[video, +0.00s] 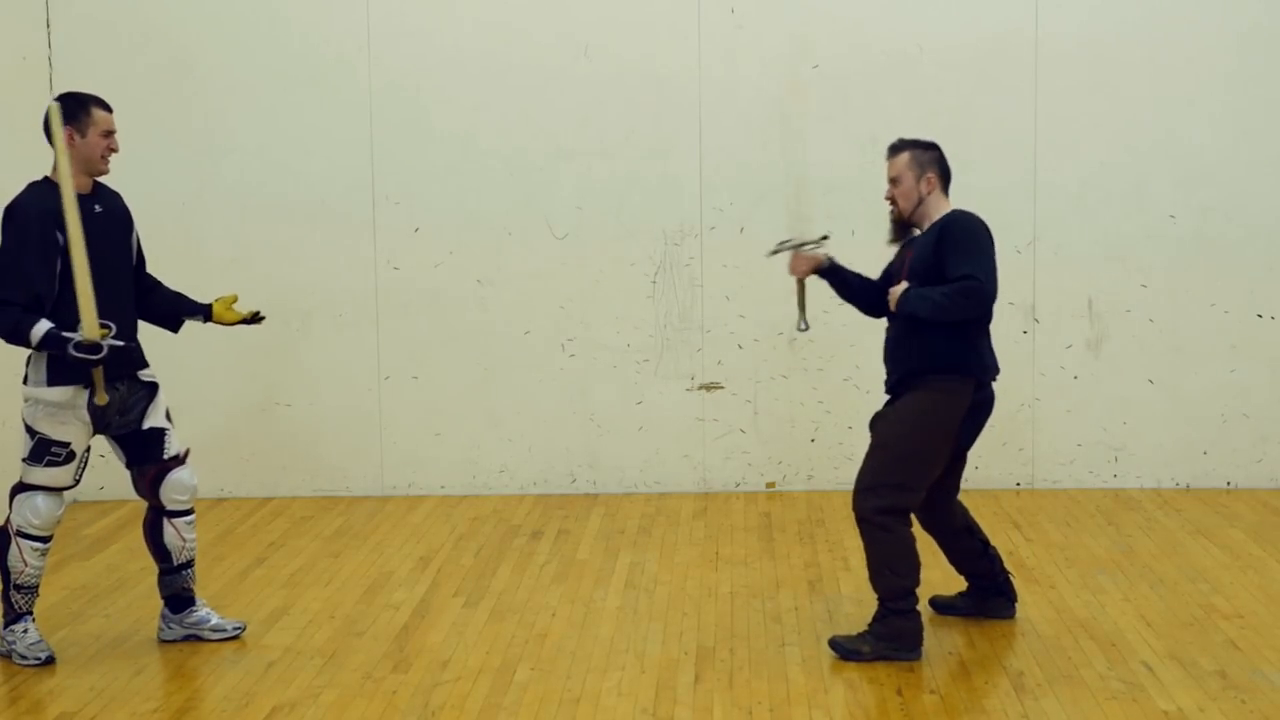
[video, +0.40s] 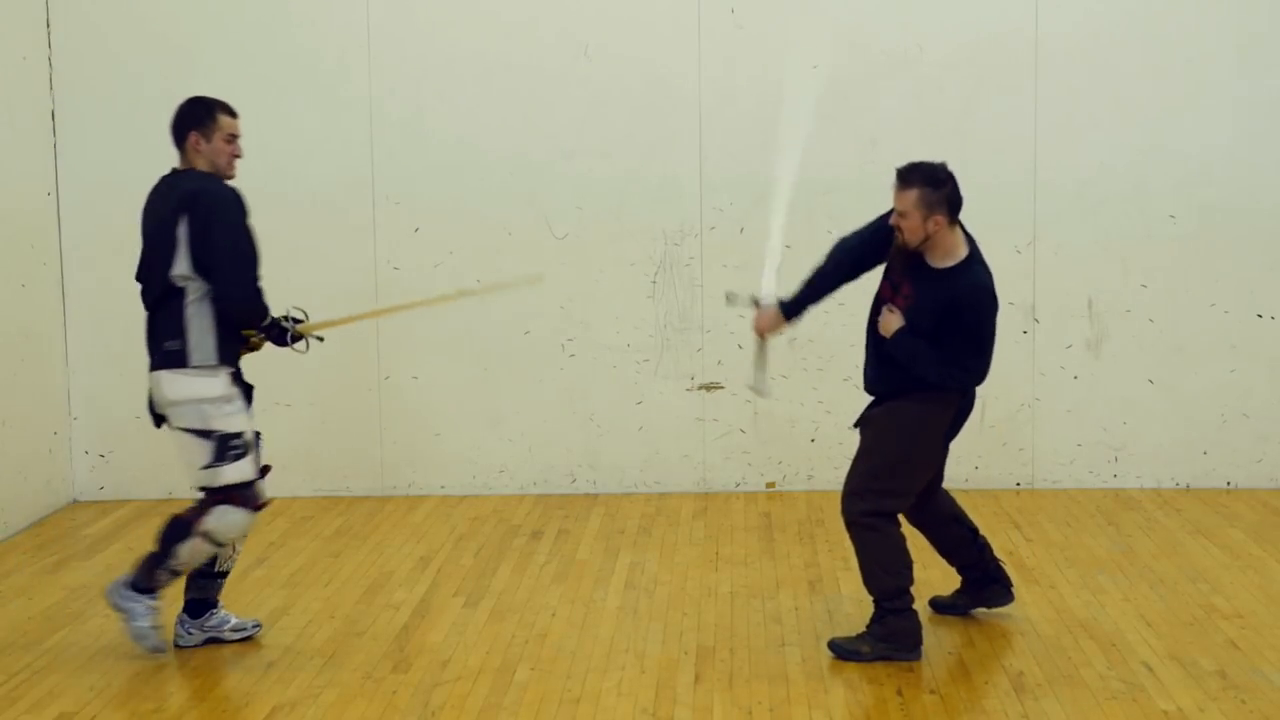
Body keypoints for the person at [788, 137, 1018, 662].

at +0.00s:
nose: (888, 193)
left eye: (895, 182)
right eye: (887, 184)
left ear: (929, 182)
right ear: (921, 185)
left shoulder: (962, 228)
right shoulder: (912, 249)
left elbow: (976, 297)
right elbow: (880, 301)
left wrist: (910, 299)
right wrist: (827, 268)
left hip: (943, 389)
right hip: (939, 392)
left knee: (878, 499)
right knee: (934, 501)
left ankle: (897, 629)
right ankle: (992, 590)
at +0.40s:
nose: (892, 220)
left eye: (903, 215)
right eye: (894, 210)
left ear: (938, 222)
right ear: (927, 217)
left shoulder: (971, 288)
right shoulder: (905, 231)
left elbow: (970, 371)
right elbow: (847, 260)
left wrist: (902, 337)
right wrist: (787, 309)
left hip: (931, 406)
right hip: (903, 396)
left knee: (866, 504)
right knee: (919, 496)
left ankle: (895, 629)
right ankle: (986, 579)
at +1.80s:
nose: (963, 233)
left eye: (973, 222)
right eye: (958, 223)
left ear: (1002, 221)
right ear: (954, 224)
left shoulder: (1046, 248)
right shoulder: (961, 266)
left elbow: (1097, 304)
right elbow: (977, 337)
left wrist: (1033, 327)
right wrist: (948, 296)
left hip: (1064, 367)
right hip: (997, 368)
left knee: (1065, 469)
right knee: (977, 467)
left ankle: (1075, 574)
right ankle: (997, 562)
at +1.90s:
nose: (969, 241)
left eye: (979, 231)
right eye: (963, 231)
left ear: (1007, 230)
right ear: (959, 230)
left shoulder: (1050, 255)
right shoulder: (961, 270)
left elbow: (1100, 311)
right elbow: (976, 344)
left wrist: (1036, 334)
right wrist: (950, 305)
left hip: (1064, 373)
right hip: (996, 373)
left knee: (1063, 474)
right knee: (975, 471)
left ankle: (1075, 578)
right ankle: (997, 562)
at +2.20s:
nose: (994, 249)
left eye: (1004, 237)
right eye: (986, 237)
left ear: (1029, 235)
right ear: (981, 235)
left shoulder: (1067, 261)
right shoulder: (975, 272)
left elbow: (1111, 315)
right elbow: (985, 352)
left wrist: (1050, 338)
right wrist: (967, 321)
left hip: (1071, 377)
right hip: (1002, 377)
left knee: (1073, 477)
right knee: (981, 472)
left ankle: (1075, 582)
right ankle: (997, 563)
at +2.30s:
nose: (1006, 251)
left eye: (1017, 240)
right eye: (998, 240)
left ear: (1039, 237)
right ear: (989, 237)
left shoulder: (1072, 262)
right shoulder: (981, 269)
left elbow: (1111, 319)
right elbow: (987, 351)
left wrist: (1049, 335)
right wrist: (970, 320)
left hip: (1073, 378)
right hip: (1004, 378)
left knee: (1075, 476)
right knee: (983, 471)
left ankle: (1075, 581)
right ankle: (997, 563)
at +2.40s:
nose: (1015, 254)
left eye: (1026, 243)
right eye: (1007, 242)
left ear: (1046, 239)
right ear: (997, 237)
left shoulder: (1077, 264)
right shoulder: (986, 268)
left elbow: (1116, 320)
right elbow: (989, 352)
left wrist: (1054, 339)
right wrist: (972, 322)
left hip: (1074, 379)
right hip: (1006, 377)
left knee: (1076, 476)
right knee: (984, 471)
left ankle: (1075, 581)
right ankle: (997, 563)